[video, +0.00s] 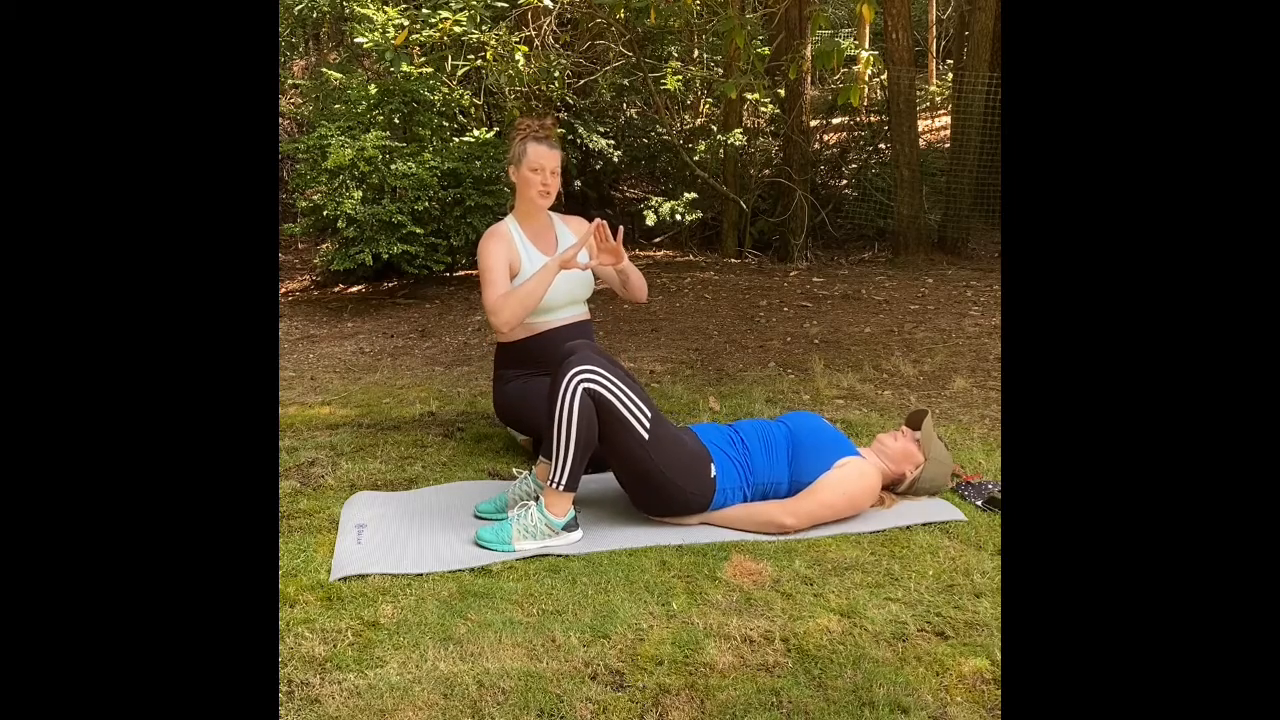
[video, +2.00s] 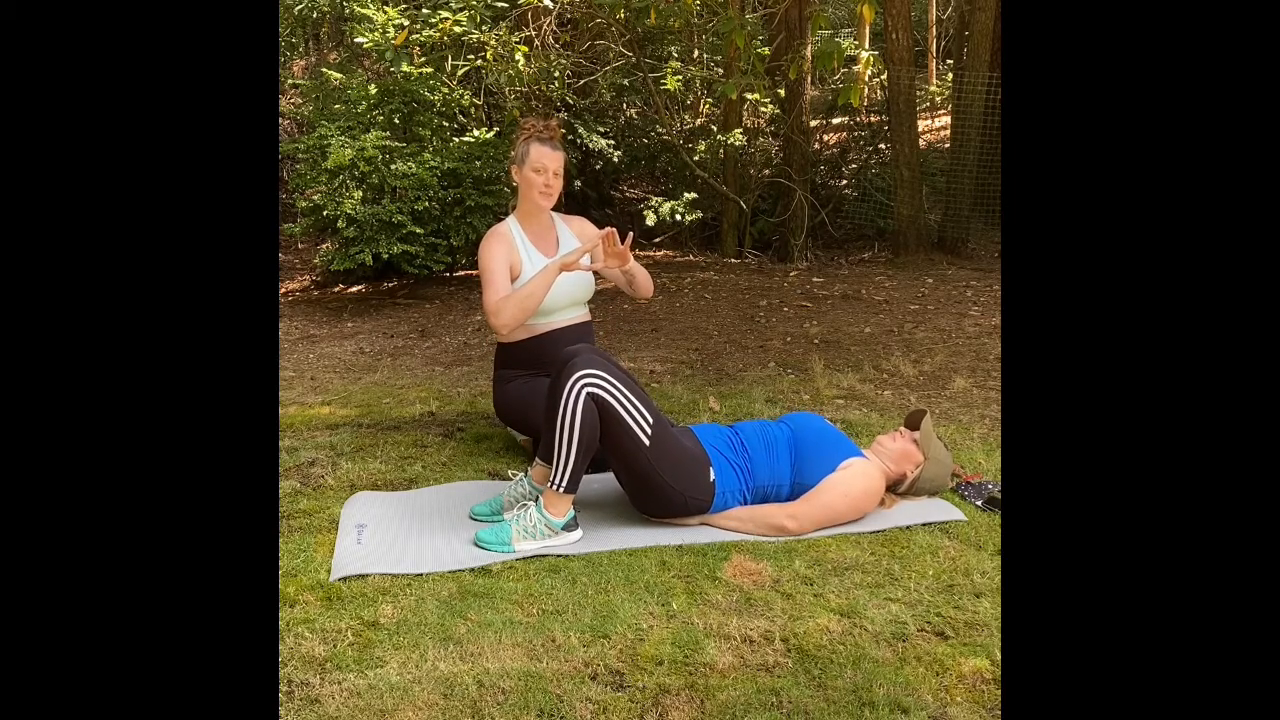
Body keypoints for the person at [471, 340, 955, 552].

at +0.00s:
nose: (898, 433)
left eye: (909, 440)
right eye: (907, 430)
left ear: (908, 472)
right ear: (895, 442)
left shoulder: (860, 477)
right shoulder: (844, 454)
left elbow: (788, 516)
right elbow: (772, 494)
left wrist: (703, 515)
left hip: (694, 480)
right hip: (680, 454)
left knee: (585, 372)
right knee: (586, 362)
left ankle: (554, 509)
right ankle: (543, 484)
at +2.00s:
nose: (897, 433)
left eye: (908, 440)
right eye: (906, 430)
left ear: (908, 471)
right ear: (897, 444)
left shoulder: (863, 479)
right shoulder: (847, 456)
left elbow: (794, 520)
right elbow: (774, 494)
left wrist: (711, 517)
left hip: (693, 482)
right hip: (680, 452)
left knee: (589, 376)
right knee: (589, 364)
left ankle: (554, 511)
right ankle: (540, 484)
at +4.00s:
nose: (897, 433)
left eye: (908, 439)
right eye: (906, 430)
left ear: (908, 470)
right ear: (898, 446)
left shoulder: (864, 479)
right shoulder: (846, 457)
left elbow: (795, 521)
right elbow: (777, 499)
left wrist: (710, 516)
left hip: (693, 482)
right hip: (678, 456)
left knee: (586, 369)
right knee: (576, 355)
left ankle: (553, 510)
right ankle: (542, 483)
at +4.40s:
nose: (897, 433)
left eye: (908, 441)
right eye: (906, 430)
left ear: (907, 472)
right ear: (897, 442)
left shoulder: (863, 480)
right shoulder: (847, 454)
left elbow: (794, 521)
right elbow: (776, 498)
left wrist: (711, 515)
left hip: (692, 482)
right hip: (677, 453)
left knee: (592, 372)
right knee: (582, 354)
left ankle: (556, 510)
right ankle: (532, 472)